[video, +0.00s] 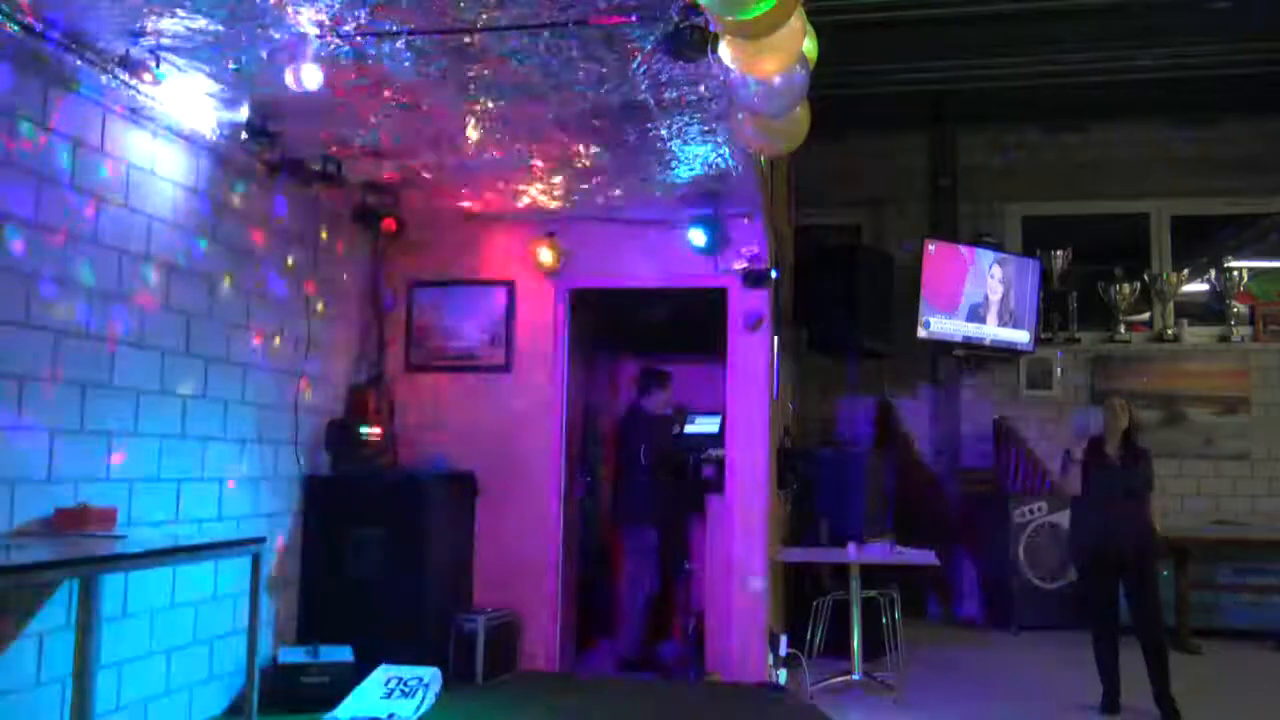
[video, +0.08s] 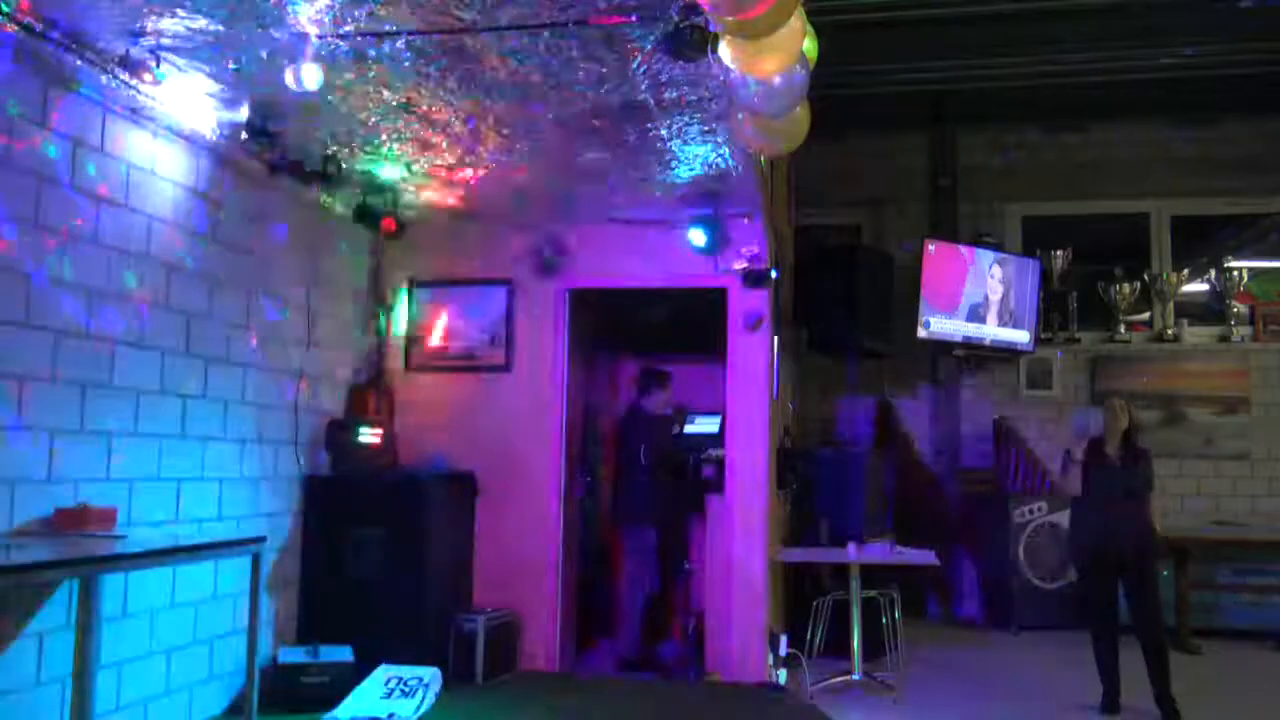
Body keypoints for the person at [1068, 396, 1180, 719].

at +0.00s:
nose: (1115, 417)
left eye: (1121, 412)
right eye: (1110, 411)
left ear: (1129, 419)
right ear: (1102, 418)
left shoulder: (1139, 455)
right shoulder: (1089, 452)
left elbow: (1148, 501)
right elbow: (1075, 494)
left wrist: (1156, 541)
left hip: (1136, 550)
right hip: (1097, 552)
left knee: (1150, 627)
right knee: (1104, 626)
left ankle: (1164, 699)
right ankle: (1110, 695)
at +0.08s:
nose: (1115, 418)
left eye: (1120, 413)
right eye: (1110, 412)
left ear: (1129, 420)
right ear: (1101, 418)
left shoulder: (1139, 455)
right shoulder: (1090, 454)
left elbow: (1145, 498)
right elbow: (1084, 502)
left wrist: (1154, 545)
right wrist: (1076, 550)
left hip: (1136, 551)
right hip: (1097, 552)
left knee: (1150, 627)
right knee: (1103, 627)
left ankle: (1164, 699)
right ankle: (1110, 695)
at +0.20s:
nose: (1115, 421)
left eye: (1120, 415)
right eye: (1109, 414)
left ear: (1128, 421)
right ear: (1100, 420)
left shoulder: (1139, 457)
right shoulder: (1089, 455)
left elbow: (1142, 496)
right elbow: (1079, 504)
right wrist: (1075, 552)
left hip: (1134, 551)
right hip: (1094, 552)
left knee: (1150, 625)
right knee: (1101, 627)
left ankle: (1166, 698)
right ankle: (1109, 695)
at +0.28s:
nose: (1115, 421)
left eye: (1120, 415)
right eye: (1109, 415)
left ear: (1129, 421)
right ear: (1099, 420)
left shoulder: (1141, 458)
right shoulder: (1088, 455)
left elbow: (1145, 500)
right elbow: (1073, 494)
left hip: (1134, 551)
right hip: (1094, 552)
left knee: (1151, 625)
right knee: (1101, 626)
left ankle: (1170, 696)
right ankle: (1109, 694)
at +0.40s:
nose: (1117, 420)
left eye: (1122, 414)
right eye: (1110, 415)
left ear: (1131, 421)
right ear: (1099, 421)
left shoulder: (1145, 459)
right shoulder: (1090, 455)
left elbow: (1154, 504)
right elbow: (1076, 495)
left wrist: (1156, 543)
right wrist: (1077, 461)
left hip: (1136, 551)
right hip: (1095, 552)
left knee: (1156, 624)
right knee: (1101, 626)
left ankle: (1178, 698)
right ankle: (1109, 695)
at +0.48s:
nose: (1120, 426)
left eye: (1125, 420)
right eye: (1115, 420)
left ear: (1133, 425)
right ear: (1106, 424)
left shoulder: (1150, 461)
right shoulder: (1093, 457)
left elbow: (1159, 506)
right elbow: (1078, 495)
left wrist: (1158, 543)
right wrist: (1080, 461)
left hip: (1140, 552)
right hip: (1099, 552)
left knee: (1160, 625)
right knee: (1103, 626)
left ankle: (1185, 698)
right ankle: (1109, 695)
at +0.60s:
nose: (1126, 424)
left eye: (1131, 418)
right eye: (1120, 418)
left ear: (1139, 423)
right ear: (1112, 422)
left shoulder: (1155, 458)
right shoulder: (1100, 454)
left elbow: (1167, 502)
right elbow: (1084, 494)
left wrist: (1166, 539)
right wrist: (1082, 466)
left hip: (1145, 550)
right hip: (1103, 549)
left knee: (1166, 626)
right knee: (1104, 626)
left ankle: (1193, 702)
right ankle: (1109, 697)